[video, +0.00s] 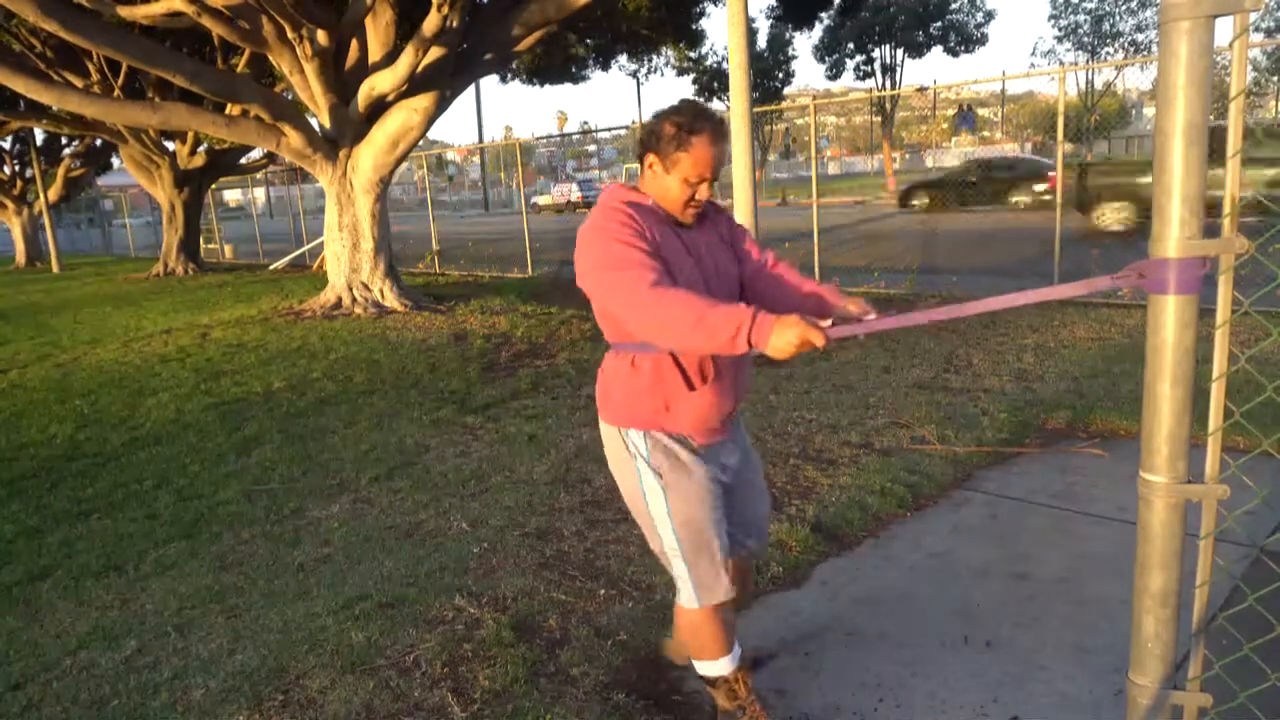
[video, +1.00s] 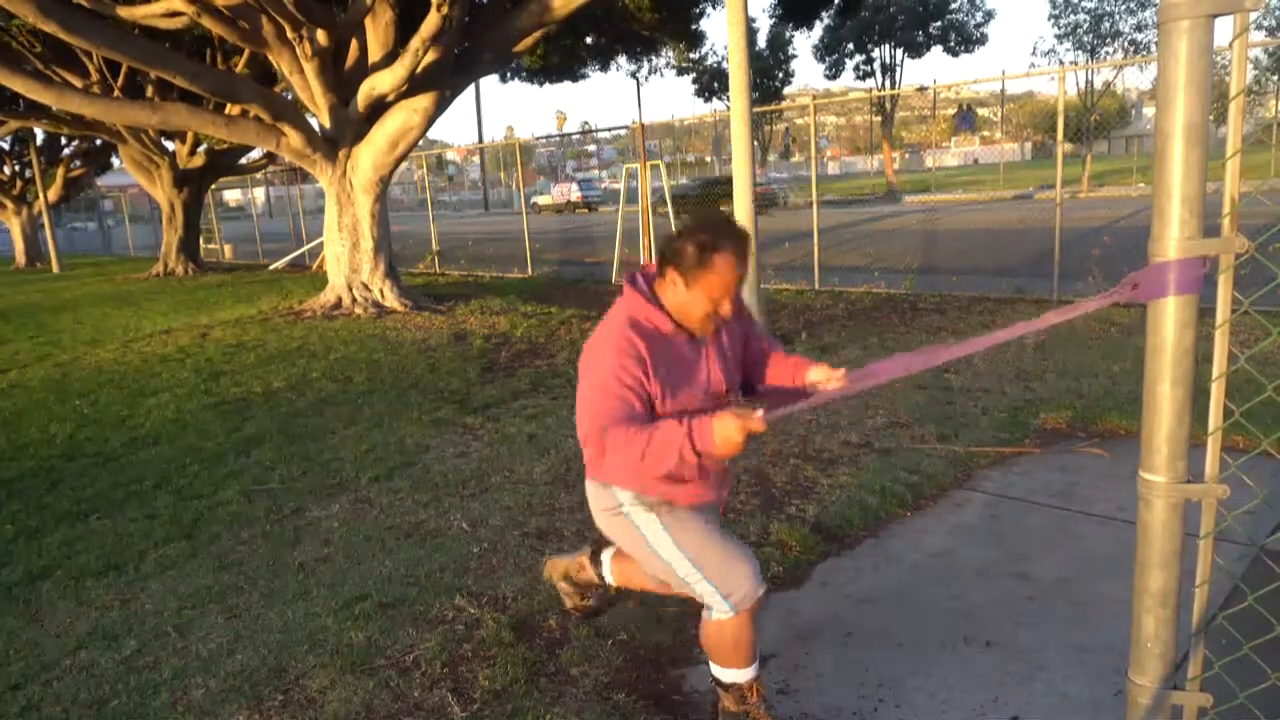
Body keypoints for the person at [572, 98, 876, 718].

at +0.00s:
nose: (705, 195)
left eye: (711, 180)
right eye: (694, 180)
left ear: (714, 171)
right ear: (652, 164)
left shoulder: (713, 224)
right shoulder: (610, 230)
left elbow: (766, 276)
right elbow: (646, 309)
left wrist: (833, 306)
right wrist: (758, 329)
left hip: (717, 419)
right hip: (650, 428)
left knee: (740, 544)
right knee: (705, 574)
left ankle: (689, 640)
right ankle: (731, 696)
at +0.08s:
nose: (703, 202)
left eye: (710, 188)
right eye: (692, 188)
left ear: (715, 176)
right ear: (650, 171)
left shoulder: (714, 226)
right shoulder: (609, 232)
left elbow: (766, 281)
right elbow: (638, 318)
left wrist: (829, 312)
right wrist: (753, 337)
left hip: (716, 422)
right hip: (647, 432)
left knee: (741, 535)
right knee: (706, 576)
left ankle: (646, 590)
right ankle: (733, 696)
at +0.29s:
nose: (716, 260)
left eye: (722, 246)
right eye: (704, 249)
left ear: (729, 230)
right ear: (661, 228)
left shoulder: (726, 267)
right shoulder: (617, 286)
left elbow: (775, 321)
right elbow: (650, 375)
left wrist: (849, 347)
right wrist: (762, 373)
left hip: (704, 462)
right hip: (637, 467)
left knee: (696, 567)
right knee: (737, 583)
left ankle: (586, 572)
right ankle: (742, 704)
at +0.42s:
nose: (739, 324)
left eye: (745, 311)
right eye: (729, 313)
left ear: (749, 292)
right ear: (686, 286)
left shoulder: (733, 318)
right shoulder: (634, 335)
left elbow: (775, 368)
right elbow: (671, 433)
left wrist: (831, 378)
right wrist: (780, 421)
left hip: (685, 493)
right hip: (625, 497)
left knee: (668, 599)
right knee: (738, 583)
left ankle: (573, 580)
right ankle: (742, 704)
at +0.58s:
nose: (753, 401)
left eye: (761, 391)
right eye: (747, 390)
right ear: (713, 361)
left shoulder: (729, 372)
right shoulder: (652, 399)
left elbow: (772, 416)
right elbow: (668, 505)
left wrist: (824, 428)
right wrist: (765, 471)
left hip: (670, 523)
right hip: (608, 530)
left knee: (670, 636)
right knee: (730, 584)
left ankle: (580, 594)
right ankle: (741, 705)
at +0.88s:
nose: (739, 379)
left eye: (746, 368)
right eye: (730, 368)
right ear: (690, 346)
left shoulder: (727, 369)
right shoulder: (631, 394)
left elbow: (757, 409)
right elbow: (624, 503)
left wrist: (802, 413)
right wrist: (716, 476)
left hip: (678, 514)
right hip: (612, 524)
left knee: (674, 618)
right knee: (727, 582)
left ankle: (582, 581)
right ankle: (736, 704)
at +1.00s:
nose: (728, 311)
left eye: (732, 298)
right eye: (716, 300)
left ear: (736, 284)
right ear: (671, 281)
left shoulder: (722, 314)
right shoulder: (619, 341)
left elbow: (757, 361)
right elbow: (610, 447)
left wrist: (807, 375)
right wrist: (703, 436)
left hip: (693, 482)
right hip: (630, 494)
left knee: (693, 575)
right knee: (735, 585)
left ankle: (586, 571)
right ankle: (739, 703)